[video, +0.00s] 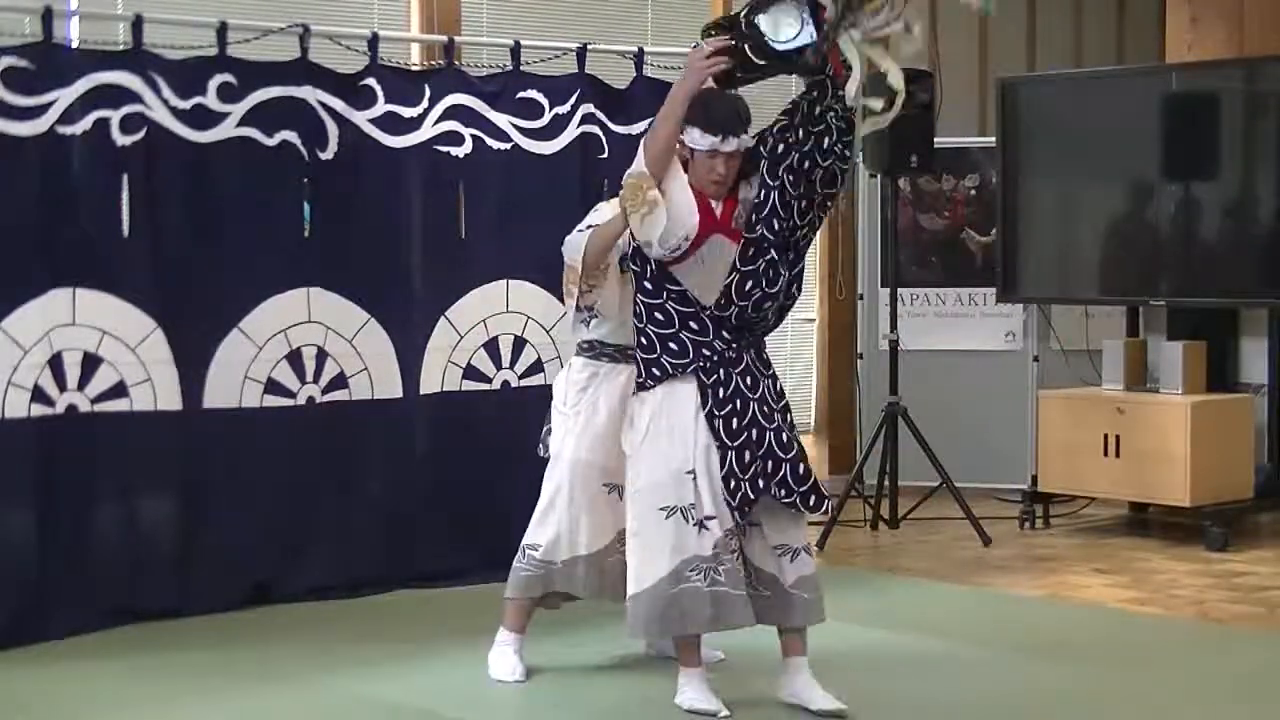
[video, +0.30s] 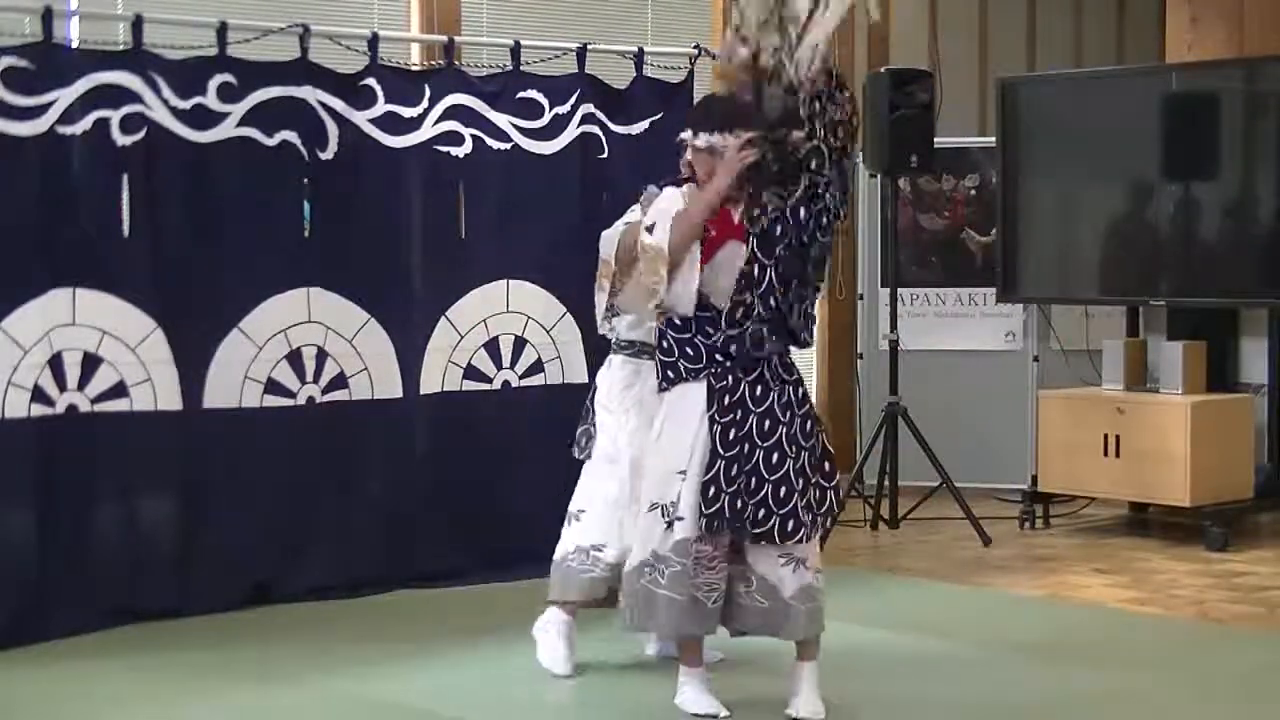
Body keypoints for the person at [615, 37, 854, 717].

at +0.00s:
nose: (725, 166)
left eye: (735, 154)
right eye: (713, 153)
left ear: (746, 154)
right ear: (684, 152)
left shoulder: (753, 201)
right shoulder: (663, 205)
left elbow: (814, 145)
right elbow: (653, 156)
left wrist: (824, 61)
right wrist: (685, 85)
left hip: (746, 371)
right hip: (677, 378)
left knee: (782, 509)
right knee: (687, 522)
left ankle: (795, 670)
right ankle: (692, 674)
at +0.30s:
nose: (745, 156)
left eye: (754, 144)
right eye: (725, 144)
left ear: (767, 150)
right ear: (697, 156)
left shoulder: (789, 213)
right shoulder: (677, 210)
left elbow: (830, 179)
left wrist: (819, 96)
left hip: (770, 378)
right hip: (696, 379)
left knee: (795, 534)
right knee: (707, 536)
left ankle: (805, 675)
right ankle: (691, 674)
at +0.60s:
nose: (701, 163)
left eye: (711, 152)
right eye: (701, 151)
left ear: (750, 159)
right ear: (721, 157)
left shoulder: (809, 224)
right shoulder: (693, 227)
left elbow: (850, 319)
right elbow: (650, 315)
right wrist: (693, 338)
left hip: (792, 405)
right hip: (706, 403)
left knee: (801, 539)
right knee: (702, 535)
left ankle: (806, 681)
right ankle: (691, 673)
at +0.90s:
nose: (714, 174)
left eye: (723, 163)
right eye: (715, 162)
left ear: (760, 170)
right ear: (746, 169)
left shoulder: (822, 238)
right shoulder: (726, 235)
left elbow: (852, 340)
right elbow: (698, 317)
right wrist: (695, 362)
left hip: (809, 414)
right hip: (735, 408)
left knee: (813, 546)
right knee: (718, 542)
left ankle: (806, 682)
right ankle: (710, 675)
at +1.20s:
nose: (711, 169)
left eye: (720, 159)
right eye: (712, 157)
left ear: (756, 168)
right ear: (743, 166)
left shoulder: (807, 237)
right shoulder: (732, 233)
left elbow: (823, 349)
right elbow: (723, 314)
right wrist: (719, 354)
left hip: (807, 416)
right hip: (748, 408)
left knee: (809, 549)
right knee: (716, 536)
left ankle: (807, 690)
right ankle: (700, 676)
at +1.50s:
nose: (702, 181)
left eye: (711, 169)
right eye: (698, 169)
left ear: (749, 168)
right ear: (714, 170)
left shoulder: (790, 232)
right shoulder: (733, 232)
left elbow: (790, 348)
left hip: (788, 427)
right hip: (745, 421)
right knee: (761, 553)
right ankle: (807, 692)